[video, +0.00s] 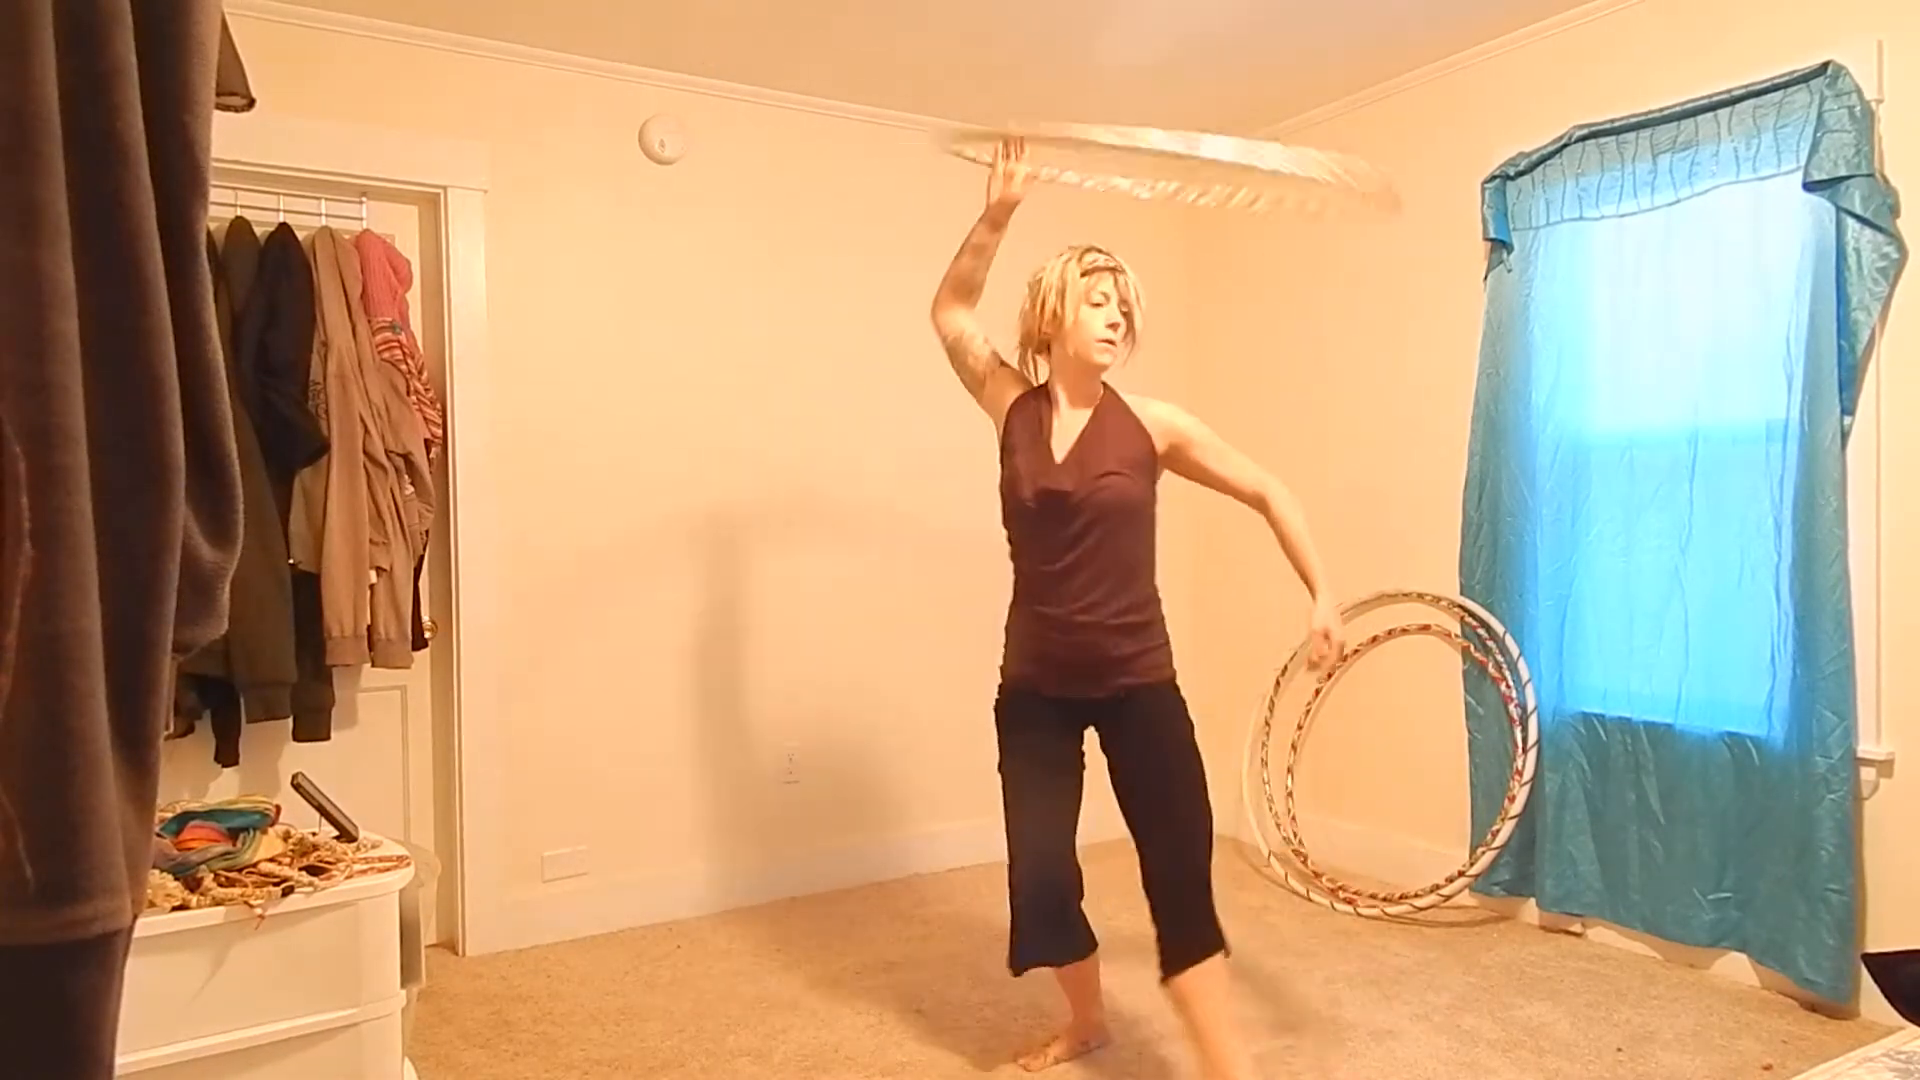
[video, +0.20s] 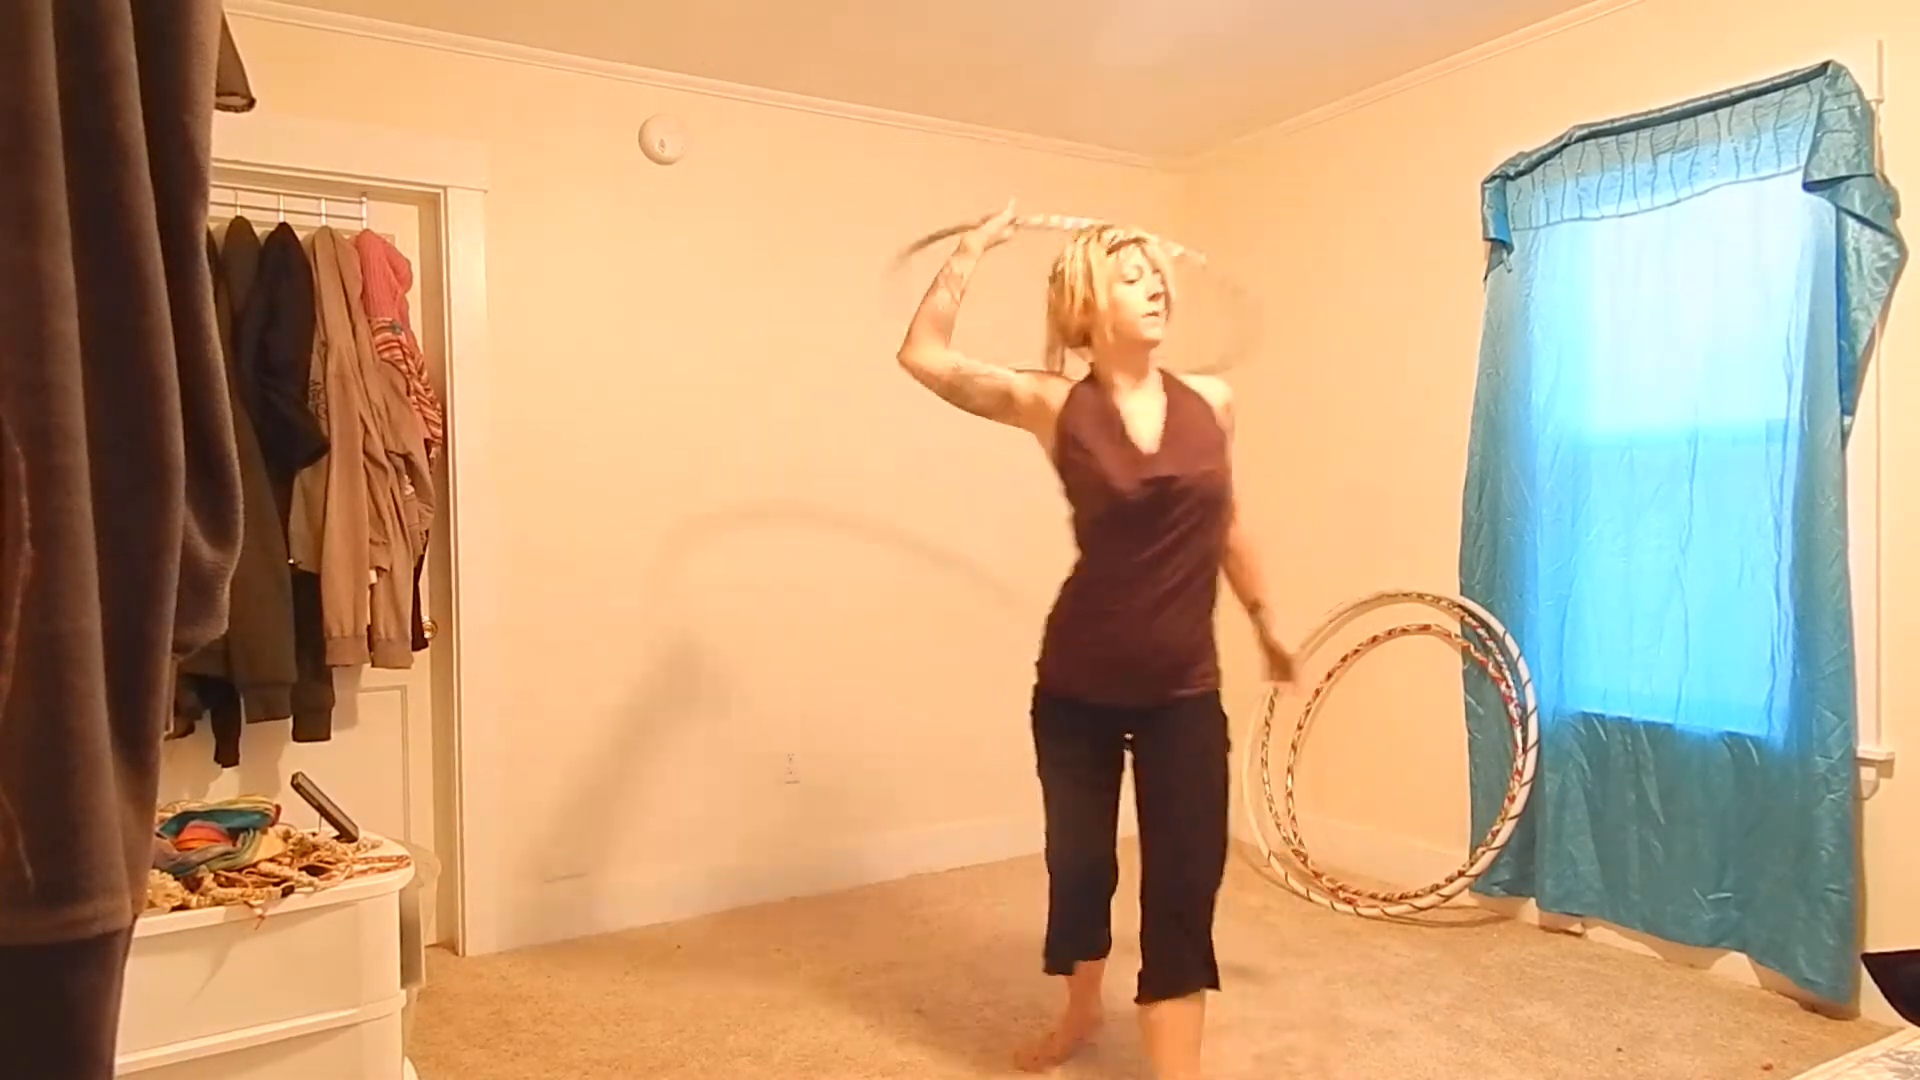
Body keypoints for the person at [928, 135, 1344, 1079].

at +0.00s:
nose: (1117, 317)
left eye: (1124, 305)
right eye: (1099, 301)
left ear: (1129, 327)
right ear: (1050, 316)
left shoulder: (1151, 423)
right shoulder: (1014, 404)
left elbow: (1269, 494)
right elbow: (951, 313)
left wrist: (1324, 605)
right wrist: (992, 219)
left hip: (1139, 678)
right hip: (1037, 680)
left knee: (1178, 868)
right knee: (1038, 869)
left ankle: (1223, 1061)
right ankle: (1085, 1029)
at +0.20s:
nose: (1157, 293)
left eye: (1159, 279)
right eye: (1135, 280)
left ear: (1167, 297)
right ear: (1088, 303)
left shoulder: (1209, 401)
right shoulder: (1055, 402)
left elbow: (1226, 529)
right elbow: (923, 354)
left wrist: (1268, 628)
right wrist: (966, 251)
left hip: (1183, 683)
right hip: (1080, 681)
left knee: (1185, 888)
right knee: (1077, 866)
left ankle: (1178, 1066)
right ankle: (1080, 1017)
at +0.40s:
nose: (1228, 273)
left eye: (1227, 258)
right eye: (1204, 262)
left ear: (1234, 272)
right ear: (1156, 290)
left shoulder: (1248, 381)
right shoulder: (1139, 398)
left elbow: (1241, 504)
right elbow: (1004, 445)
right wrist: (953, 327)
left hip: (1232, 684)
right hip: (1148, 682)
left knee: (1230, 917)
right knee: (1176, 897)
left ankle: (1186, 1064)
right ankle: (1059, 974)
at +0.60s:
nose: (1303, 305)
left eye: (1304, 285)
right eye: (1293, 282)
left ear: (1233, 285)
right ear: (1239, 279)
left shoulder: (1223, 389)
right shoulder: (1178, 383)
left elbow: (1209, 548)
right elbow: (1205, 525)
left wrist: (1247, 644)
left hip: (1213, 668)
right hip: (1189, 672)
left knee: (1269, 878)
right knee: (1328, 863)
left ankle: (1198, 1051)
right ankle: (1195, 1047)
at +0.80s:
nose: (1277, 302)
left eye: (1277, 284)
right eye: (1274, 284)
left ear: (1183, 286)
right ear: (1250, 282)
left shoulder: (1140, 379)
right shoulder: (1259, 358)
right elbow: (1283, 527)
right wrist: (1370, 505)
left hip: (1169, 682)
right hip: (1265, 677)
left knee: (1225, 887)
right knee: (1320, 880)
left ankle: (1189, 1070)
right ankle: (1325, 1069)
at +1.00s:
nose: (1131, 308)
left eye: (1132, 295)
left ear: (1146, 294)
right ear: (1236, 276)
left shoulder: (1141, 375)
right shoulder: (1315, 366)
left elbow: (1136, 526)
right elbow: (1352, 518)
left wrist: (1175, 463)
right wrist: (1283, 459)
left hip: (1189, 669)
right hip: (1299, 667)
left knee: (1206, 861)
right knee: (1286, 853)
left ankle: (1210, 1066)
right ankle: (1283, 1051)